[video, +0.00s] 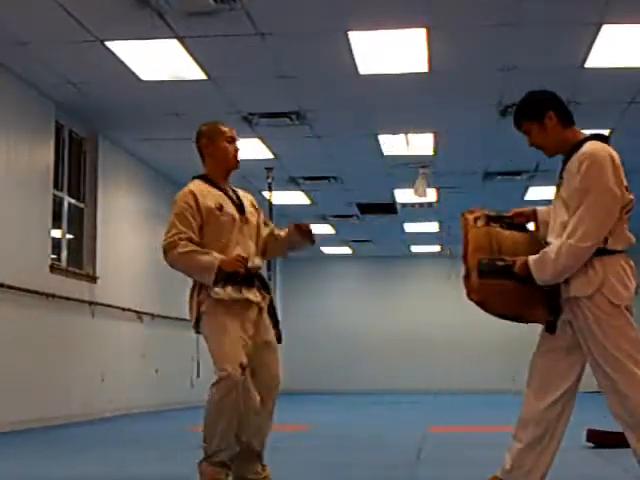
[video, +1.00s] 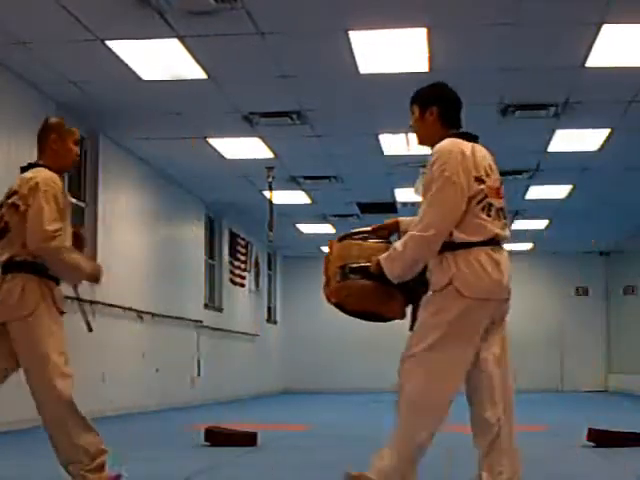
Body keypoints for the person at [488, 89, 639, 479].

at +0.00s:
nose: (532, 144)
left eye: (531, 134)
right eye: (527, 137)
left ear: (552, 120)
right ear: (551, 123)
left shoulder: (595, 157)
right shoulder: (576, 162)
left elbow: (587, 235)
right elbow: (574, 215)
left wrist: (533, 266)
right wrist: (536, 216)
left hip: (599, 281)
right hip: (573, 283)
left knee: (627, 390)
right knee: (547, 388)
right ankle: (518, 474)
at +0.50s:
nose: (475, 136)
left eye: (478, 127)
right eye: (475, 127)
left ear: (499, 125)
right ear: (505, 126)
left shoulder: (533, 162)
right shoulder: (525, 164)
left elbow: (534, 238)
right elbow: (534, 223)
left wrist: (490, 281)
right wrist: (498, 235)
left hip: (561, 279)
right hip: (538, 281)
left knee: (603, 385)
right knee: (519, 385)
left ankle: (638, 457)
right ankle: (503, 472)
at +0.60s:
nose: (456, 135)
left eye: (459, 126)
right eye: (456, 127)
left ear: (478, 124)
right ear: (489, 125)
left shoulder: (507, 158)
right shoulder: (515, 157)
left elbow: (507, 233)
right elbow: (517, 225)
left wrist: (470, 277)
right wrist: (475, 232)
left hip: (538, 275)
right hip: (524, 276)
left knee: (560, 379)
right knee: (511, 382)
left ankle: (632, 462)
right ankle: (502, 471)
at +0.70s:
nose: (442, 132)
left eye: (444, 123)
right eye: (442, 123)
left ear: (462, 120)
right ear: (472, 121)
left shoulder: (488, 155)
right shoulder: (503, 153)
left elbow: (485, 228)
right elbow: (500, 223)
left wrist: (449, 272)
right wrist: (455, 229)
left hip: (516, 272)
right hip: (517, 270)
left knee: (511, 374)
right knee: (503, 375)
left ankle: (588, 452)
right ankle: (502, 469)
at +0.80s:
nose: (430, 129)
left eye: (433, 120)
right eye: (430, 121)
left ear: (450, 117)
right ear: (461, 118)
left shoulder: (473, 152)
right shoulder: (496, 151)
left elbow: (466, 223)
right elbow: (485, 219)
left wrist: (426, 267)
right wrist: (434, 225)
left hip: (495, 269)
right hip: (518, 266)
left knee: (463, 367)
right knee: (508, 372)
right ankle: (502, 465)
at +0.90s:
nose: (426, 130)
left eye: (427, 120)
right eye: (425, 121)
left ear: (445, 116)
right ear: (458, 117)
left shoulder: (466, 152)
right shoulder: (492, 152)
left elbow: (454, 227)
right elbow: (476, 219)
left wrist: (413, 266)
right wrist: (423, 224)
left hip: (483, 273)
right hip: (509, 271)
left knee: (447, 364)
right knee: (502, 379)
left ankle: (474, 465)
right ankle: (505, 470)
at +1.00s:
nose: (412, 127)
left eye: (415, 117)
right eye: (412, 118)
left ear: (432, 115)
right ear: (448, 116)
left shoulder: (450, 153)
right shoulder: (480, 154)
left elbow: (434, 227)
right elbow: (457, 220)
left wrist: (386, 266)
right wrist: (404, 225)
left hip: (464, 276)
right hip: (492, 274)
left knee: (422, 369)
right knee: (488, 382)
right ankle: (500, 471)